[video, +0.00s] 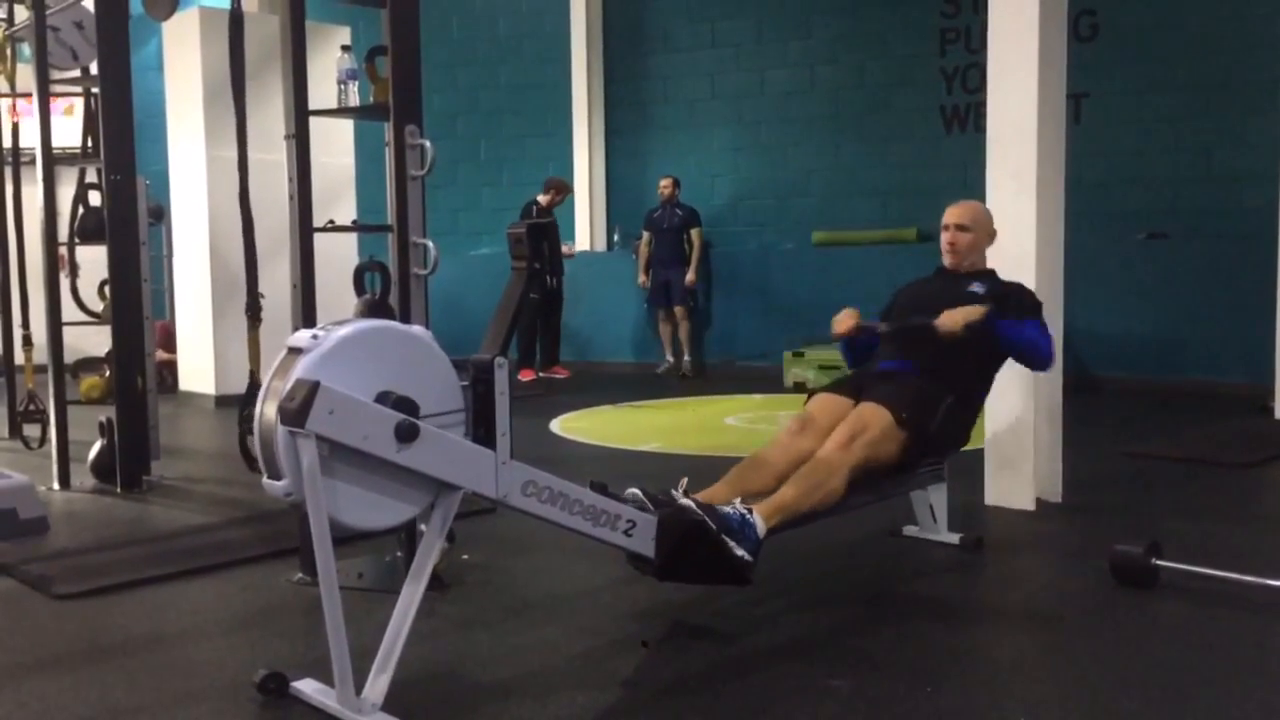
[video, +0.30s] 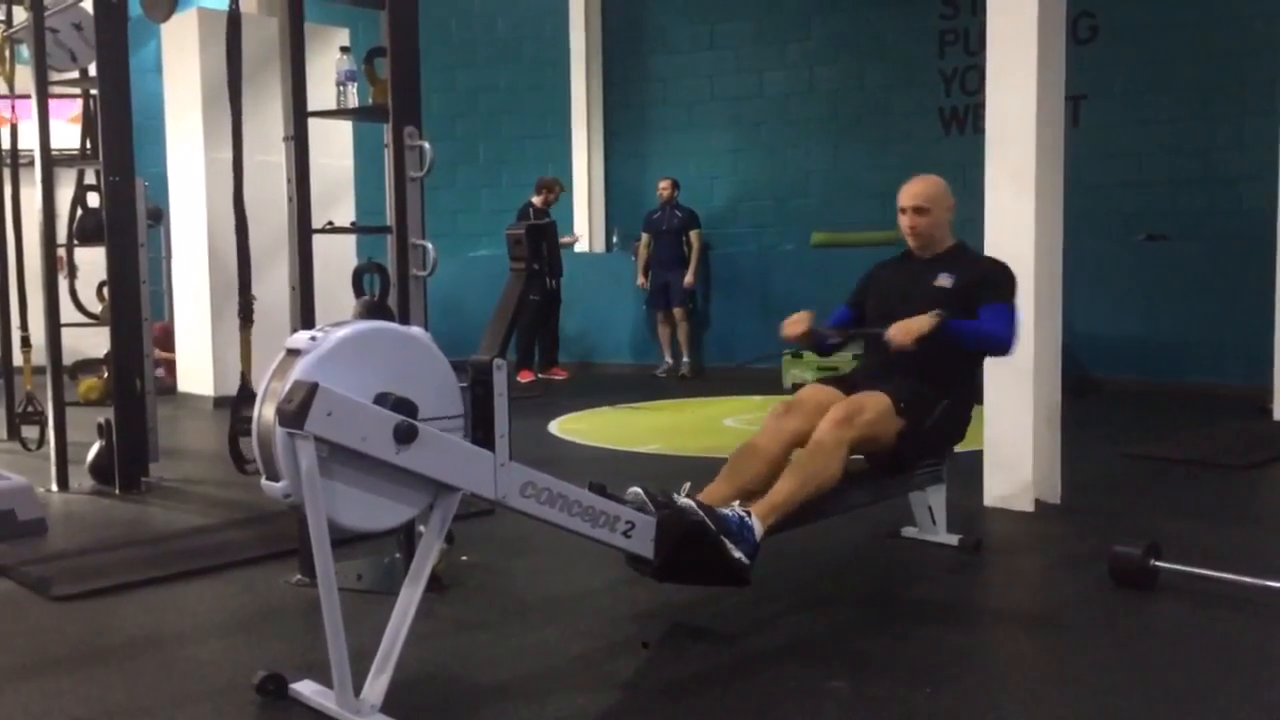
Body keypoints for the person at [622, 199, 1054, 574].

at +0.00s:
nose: (949, 238)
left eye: (961, 230)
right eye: (945, 229)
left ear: (990, 238)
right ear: (940, 236)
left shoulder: (1009, 296)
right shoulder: (916, 290)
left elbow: (1042, 355)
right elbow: (867, 356)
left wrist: (986, 318)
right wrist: (853, 333)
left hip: (930, 388)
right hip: (874, 377)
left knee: (846, 445)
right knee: (801, 429)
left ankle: (755, 524)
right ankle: (693, 507)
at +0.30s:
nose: (909, 222)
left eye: (920, 212)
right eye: (903, 213)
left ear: (948, 212)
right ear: (898, 215)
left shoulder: (986, 273)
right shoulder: (883, 274)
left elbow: (1000, 337)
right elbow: (837, 335)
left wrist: (937, 323)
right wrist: (810, 333)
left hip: (932, 394)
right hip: (871, 381)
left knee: (840, 419)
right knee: (793, 411)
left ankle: (753, 525)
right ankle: (701, 507)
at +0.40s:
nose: (875, 215)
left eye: (887, 205)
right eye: (869, 205)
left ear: (917, 205)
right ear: (863, 209)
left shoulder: (954, 264)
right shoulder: (854, 269)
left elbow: (955, 331)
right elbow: (805, 327)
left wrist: (886, 339)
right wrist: (769, 338)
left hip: (920, 396)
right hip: (854, 388)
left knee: (831, 407)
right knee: (767, 398)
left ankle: (751, 526)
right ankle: (691, 510)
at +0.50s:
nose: (838, 218)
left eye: (850, 207)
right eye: (832, 208)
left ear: (881, 205)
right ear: (825, 211)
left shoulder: (918, 265)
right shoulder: (821, 270)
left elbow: (911, 332)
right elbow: (772, 327)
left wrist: (837, 358)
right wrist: (719, 356)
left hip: (906, 410)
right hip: (835, 403)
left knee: (820, 397)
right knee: (741, 394)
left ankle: (747, 528)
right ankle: (688, 510)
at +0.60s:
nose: (801, 223)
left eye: (813, 212)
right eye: (795, 213)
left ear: (845, 212)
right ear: (788, 215)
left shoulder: (882, 270)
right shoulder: (787, 275)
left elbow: (860, 340)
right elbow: (730, 330)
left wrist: (787, 380)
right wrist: (673, 372)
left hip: (885, 421)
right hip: (812, 414)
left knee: (811, 381)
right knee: (718, 369)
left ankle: (746, 527)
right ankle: (687, 510)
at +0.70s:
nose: (765, 229)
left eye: (778, 218)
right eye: (760, 218)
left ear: (813, 221)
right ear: (755, 222)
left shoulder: (849, 277)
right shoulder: (754, 279)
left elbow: (812, 346)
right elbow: (688, 334)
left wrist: (744, 389)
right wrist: (626, 380)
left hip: (865, 430)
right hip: (789, 427)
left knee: (793, 374)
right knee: (703, 359)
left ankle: (743, 528)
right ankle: (684, 510)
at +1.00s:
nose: (766, 215)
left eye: (780, 206)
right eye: (763, 205)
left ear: (814, 216)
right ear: (757, 213)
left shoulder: (849, 276)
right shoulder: (758, 273)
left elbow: (804, 318)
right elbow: (694, 311)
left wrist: (729, 336)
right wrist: (616, 337)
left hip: (862, 430)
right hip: (791, 431)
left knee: (789, 365)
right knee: (698, 367)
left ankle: (742, 531)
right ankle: (684, 515)